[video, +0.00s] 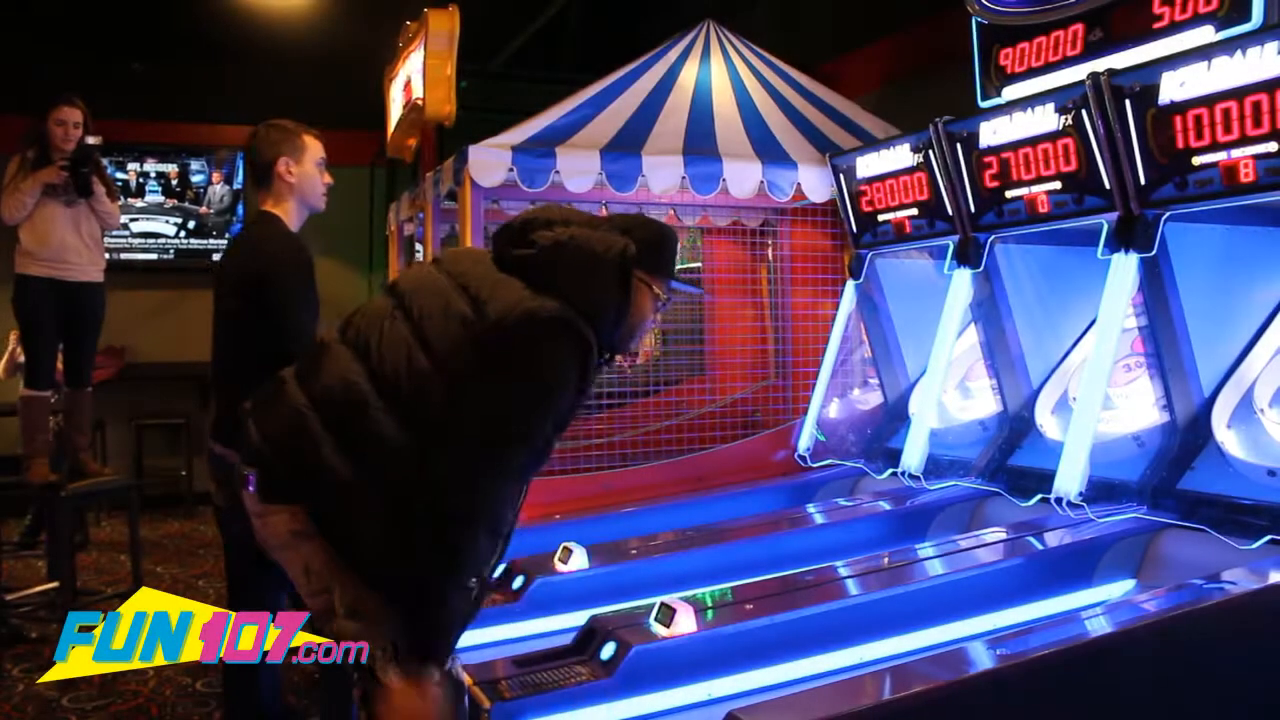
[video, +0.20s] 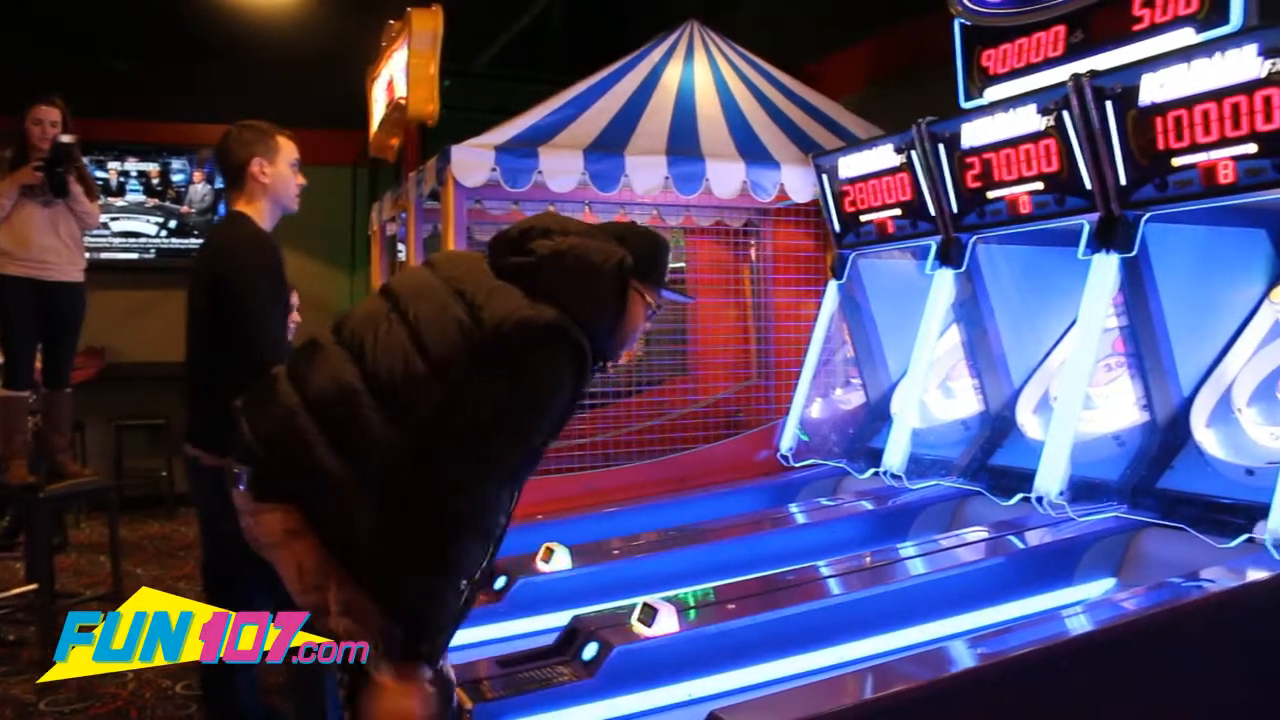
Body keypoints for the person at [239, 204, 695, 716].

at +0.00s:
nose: (658, 319)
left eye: (662, 302)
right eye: (655, 297)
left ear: (600, 273)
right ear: (617, 279)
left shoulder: (479, 272)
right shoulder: (555, 335)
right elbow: (480, 490)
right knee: (417, 689)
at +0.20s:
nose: (646, 328)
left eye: (653, 311)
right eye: (646, 306)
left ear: (583, 270)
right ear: (611, 288)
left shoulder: (469, 270)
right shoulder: (551, 342)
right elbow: (468, 492)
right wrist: (415, 650)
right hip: (313, 504)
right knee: (406, 688)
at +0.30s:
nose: (642, 317)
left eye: (648, 301)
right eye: (642, 297)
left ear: (567, 263)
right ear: (606, 281)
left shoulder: (458, 266)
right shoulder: (553, 341)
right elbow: (512, 480)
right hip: (329, 507)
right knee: (404, 692)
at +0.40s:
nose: (633, 311)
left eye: (639, 296)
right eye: (635, 292)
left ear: (557, 252)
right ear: (606, 279)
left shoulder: (450, 264)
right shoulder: (551, 345)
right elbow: (597, 492)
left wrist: (437, 551)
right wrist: (686, 572)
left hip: (262, 466)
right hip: (322, 500)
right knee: (396, 692)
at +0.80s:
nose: (616, 295)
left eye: (622, 279)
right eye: (615, 276)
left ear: (532, 245)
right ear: (578, 263)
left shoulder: (427, 263)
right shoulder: (532, 326)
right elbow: (566, 492)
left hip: (242, 465)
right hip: (303, 498)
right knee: (385, 694)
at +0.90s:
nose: (622, 294)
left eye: (627, 279)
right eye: (620, 275)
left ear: (542, 245)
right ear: (585, 264)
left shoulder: (436, 261)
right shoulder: (534, 332)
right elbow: (543, 510)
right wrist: (611, 657)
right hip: (288, 494)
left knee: (384, 686)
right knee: (375, 694)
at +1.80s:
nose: (598, 301)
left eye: (603, 284)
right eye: (595, 280)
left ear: (531, 258)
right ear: (555, 267)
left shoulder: (415, 262)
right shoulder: (496, 331)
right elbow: (461, 505)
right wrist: (526, 649)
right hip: (260, 504)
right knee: (348, 695)